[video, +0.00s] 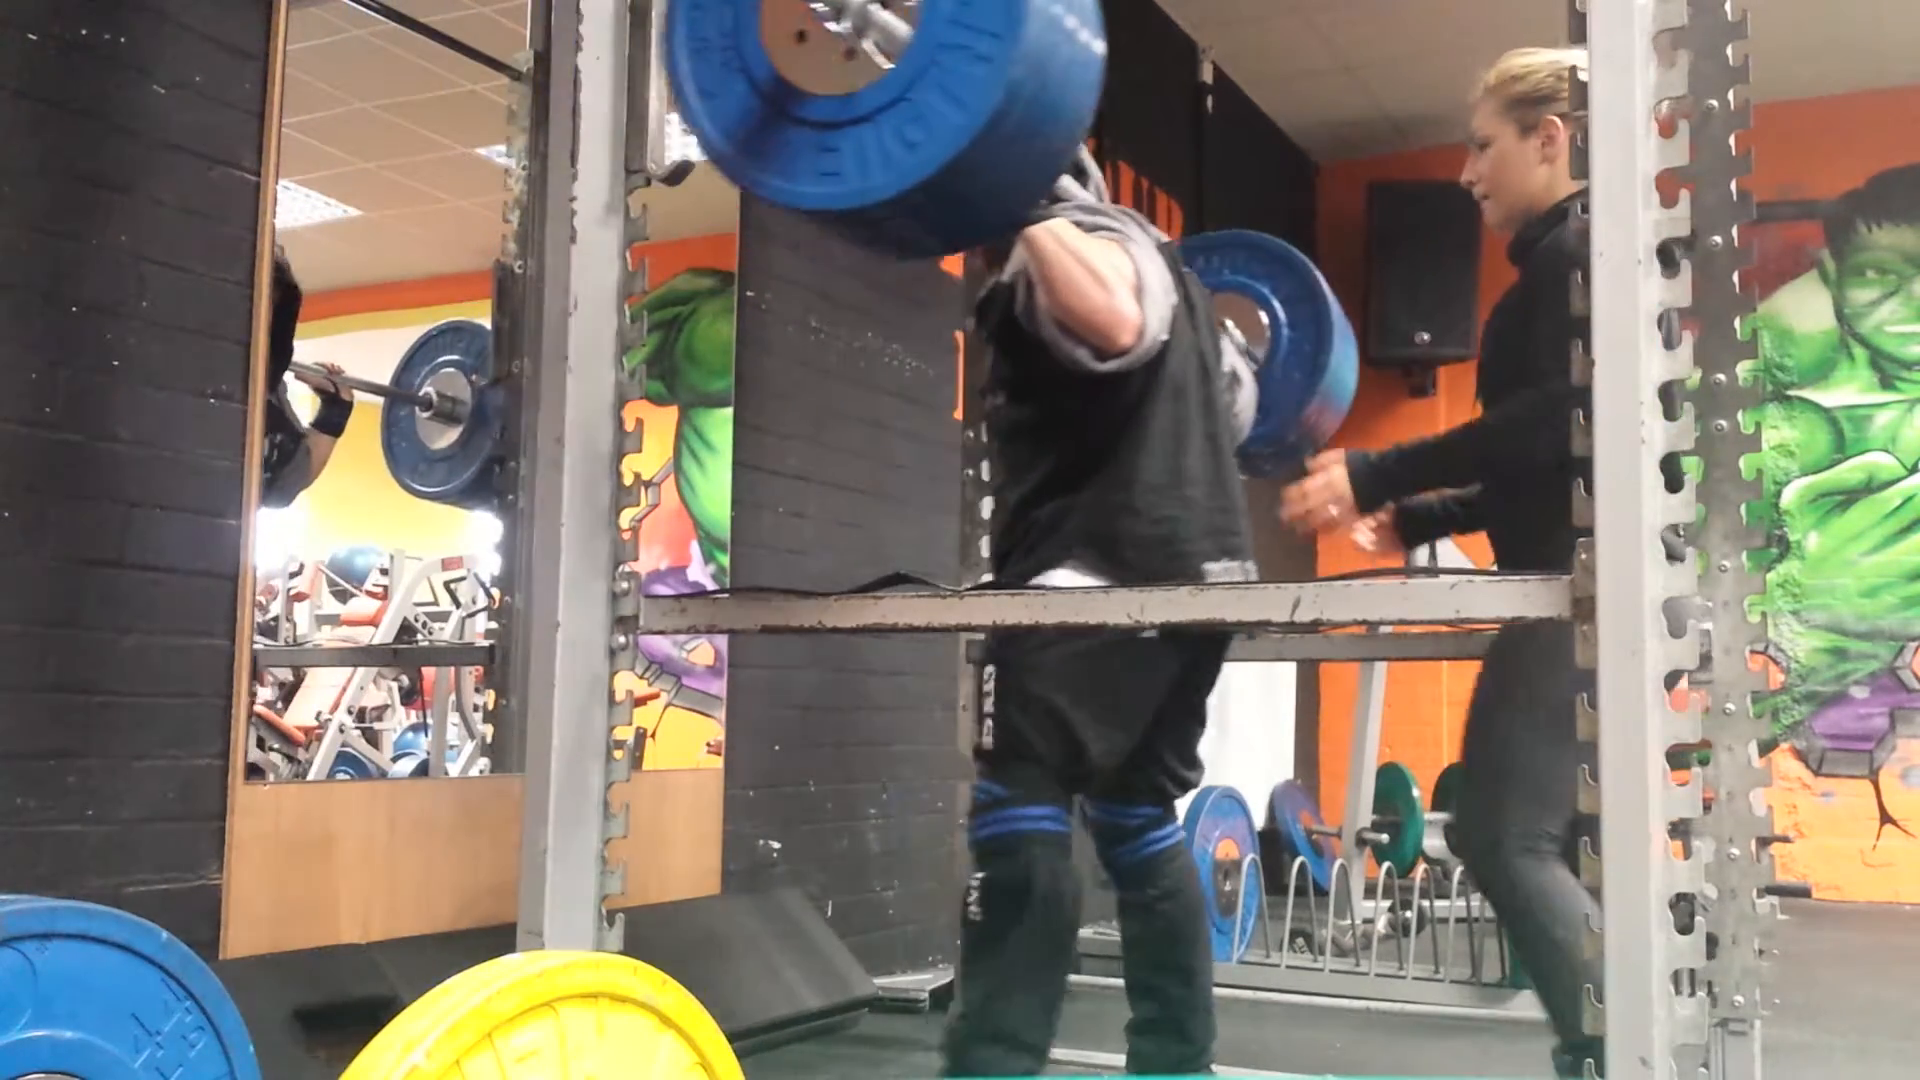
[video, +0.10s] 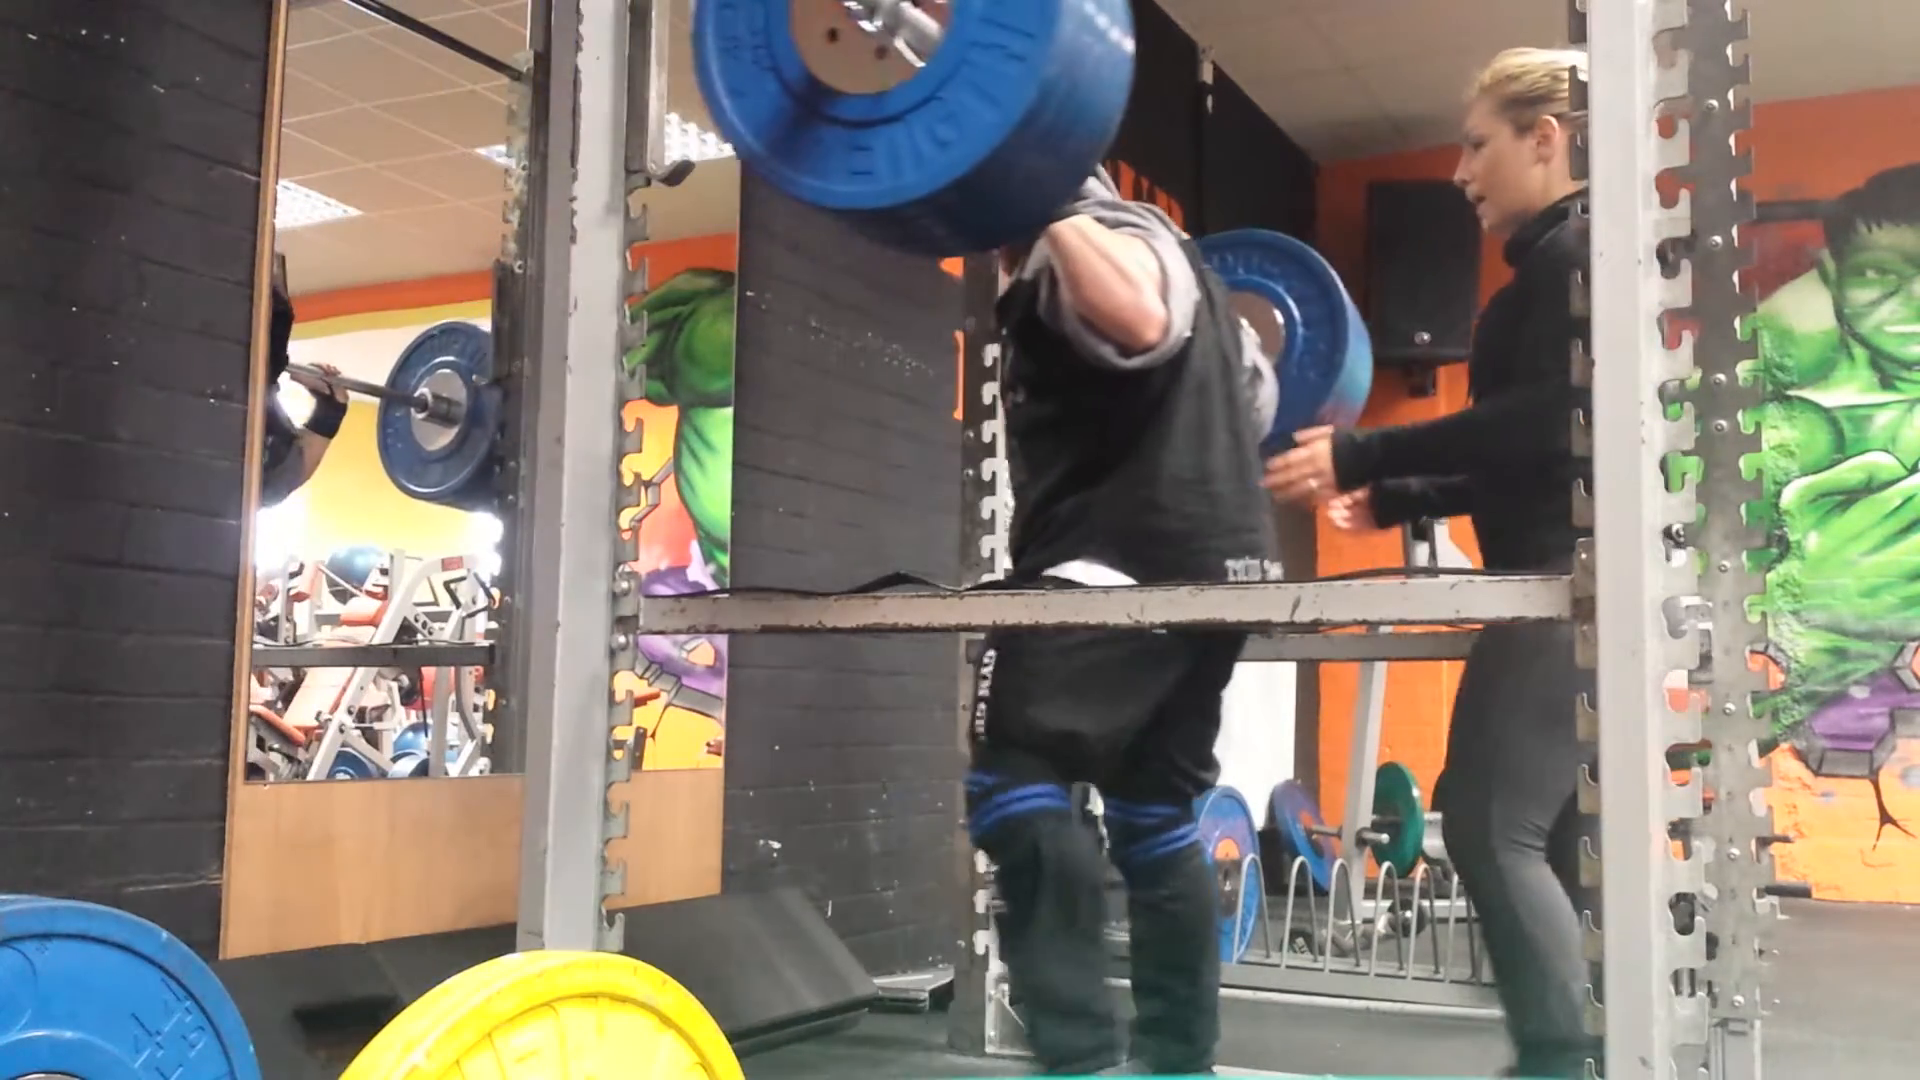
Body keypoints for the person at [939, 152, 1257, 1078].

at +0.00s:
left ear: (1008, 176)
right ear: (1081, 163)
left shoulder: (1080, 236)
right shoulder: (1154, 257)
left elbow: (1116, 317)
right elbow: (1235, 397)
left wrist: (1028, 222)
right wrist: (1233, 340)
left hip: (1090, 583)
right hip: (1194, 578)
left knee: (1020, 807)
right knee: (1141, 812)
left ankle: (994, 1058)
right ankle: (1175, 1061)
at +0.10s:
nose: (976, 228)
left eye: (980, 205)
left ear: (1010, 186)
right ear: (1090, 165)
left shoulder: (1088, 229)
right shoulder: (1165, 244)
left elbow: (1141, 316)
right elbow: (1255, 368)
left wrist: (1050, 224)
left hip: (1113, 560)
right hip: (1219, 559)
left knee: (1020, 777)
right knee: (1156, 801)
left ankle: (1075, 1055)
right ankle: (1179, 1061)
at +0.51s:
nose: (1015, 241)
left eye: (1019, 219)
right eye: (1005, 227)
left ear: (1061, 193)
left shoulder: (1181, 221)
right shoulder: (1101, 271)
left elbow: (1217, 306)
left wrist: (1110, 186)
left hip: (1219, 572)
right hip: (1164, 575)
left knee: (1163, 826)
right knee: (1167, 826)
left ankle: (1220, 1068)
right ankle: (1187, 1061)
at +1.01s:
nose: (1081, 247)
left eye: (1078, 222)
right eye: (1066, 234)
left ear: (1116, 181)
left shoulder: (1240, 208)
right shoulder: (1169, 258)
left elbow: (1282, 295)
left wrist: (1173, 161)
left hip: (1265, 578)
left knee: (1214, 819)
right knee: (1303, 823)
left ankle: (1237, 1065)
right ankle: (1347, 1064)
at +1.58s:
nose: (1108, 259)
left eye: (1111, 232)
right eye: (1095, 241)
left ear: (1161, 193)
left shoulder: (1295, 212)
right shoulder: (1213, 262)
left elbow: (1329, 300)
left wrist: (1225, 179)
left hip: (1315, 588)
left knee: (1259, 829)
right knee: (1333, 833)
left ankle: (1266, 1064)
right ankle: (1351, 1064)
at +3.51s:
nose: (1096, 254)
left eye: (1091, 229)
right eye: (1079, 239)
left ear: (1133, 193)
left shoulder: (1255, 206)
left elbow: (1290, 293)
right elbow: (1408, 356)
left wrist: (1180, 172)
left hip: (1287, 588)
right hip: (1367, 588)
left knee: (1231, 822)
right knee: (1326, 829)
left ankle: (1254, 1063)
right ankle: (1357, 1062)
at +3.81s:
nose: (1104, 261)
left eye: (1100, 238)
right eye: (1087, 246)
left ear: (1140, 204)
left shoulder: (1257, 213)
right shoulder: (1317, 229)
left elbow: (1292, 300)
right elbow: (1408, 375)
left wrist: (1186, 178)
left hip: (1276, 585)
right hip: (1363, 584)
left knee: (1241, 822)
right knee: (1328, 822)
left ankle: (1257, 1061)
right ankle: (1355, 1060)